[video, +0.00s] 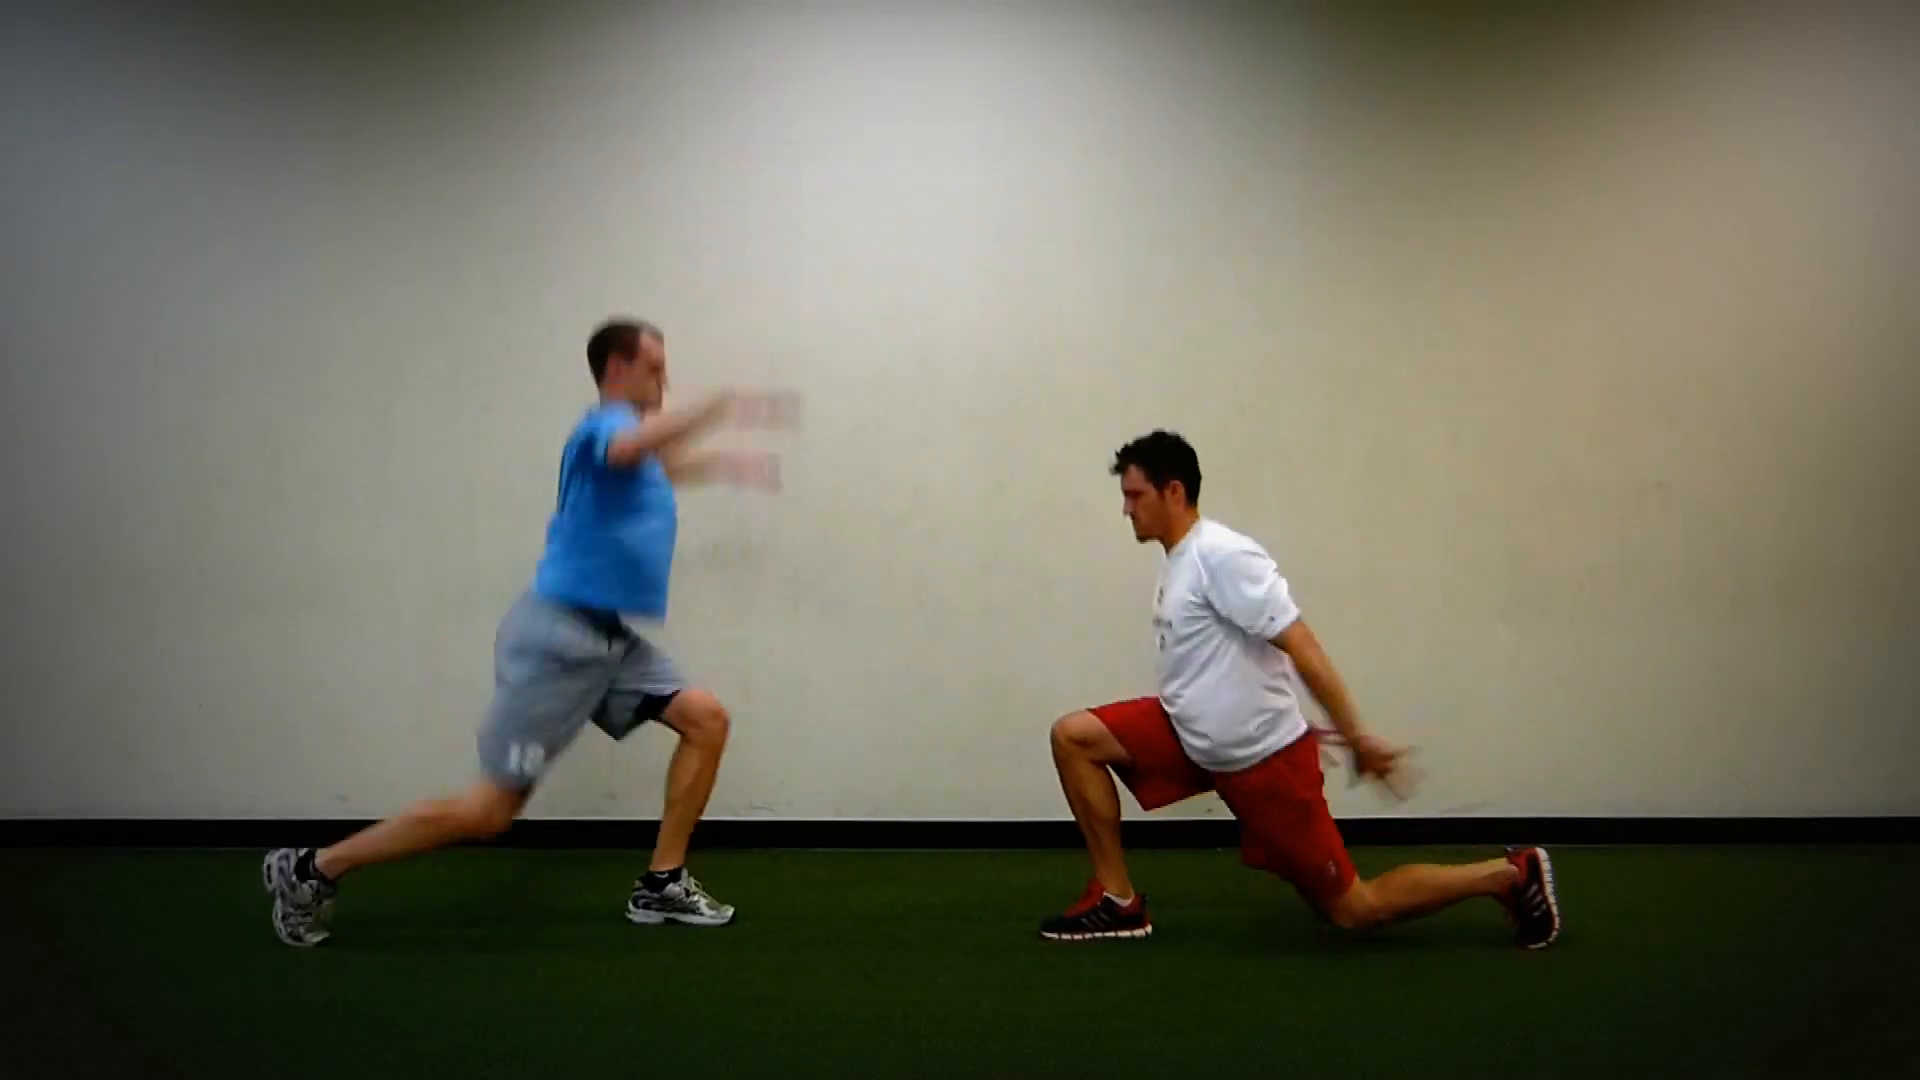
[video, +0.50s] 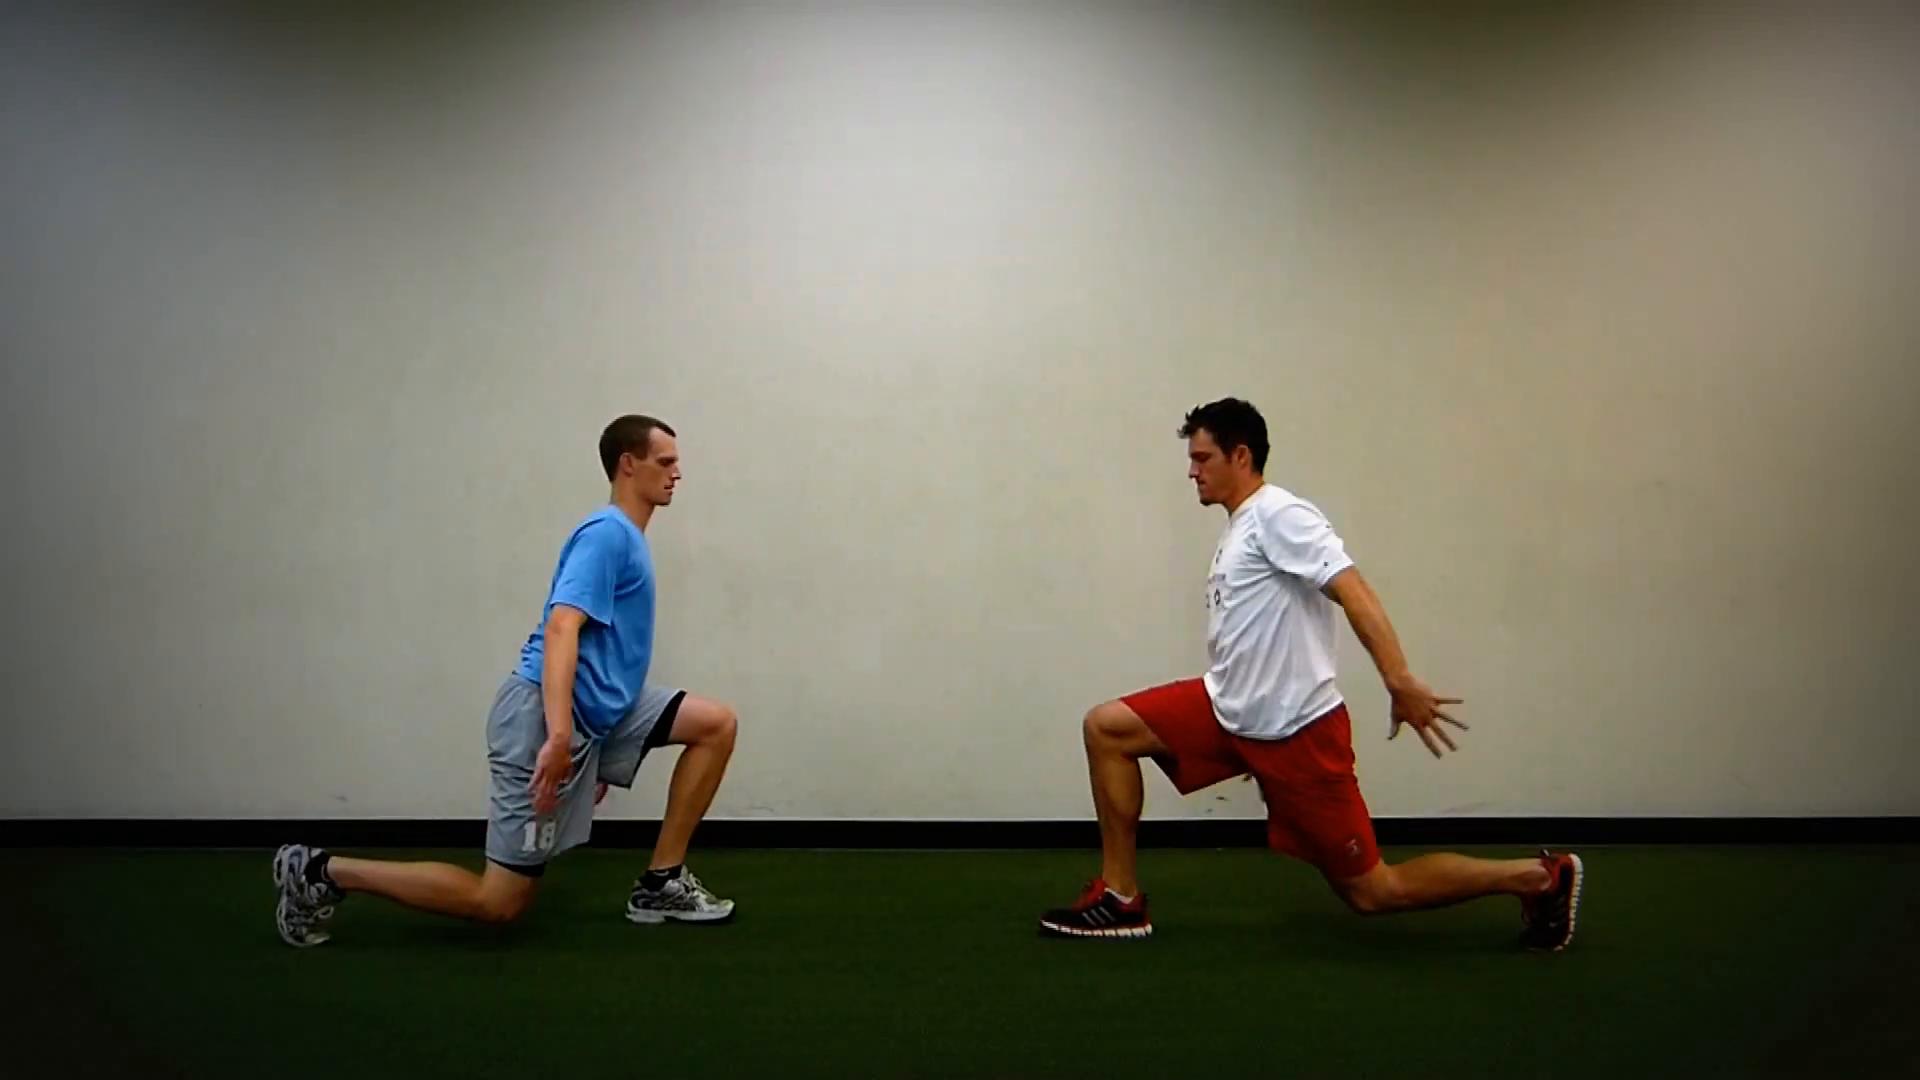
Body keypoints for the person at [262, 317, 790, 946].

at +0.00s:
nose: (664, 382)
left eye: (665, 370)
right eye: (656, 368)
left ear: (625, 370)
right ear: (619, 369)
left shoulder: (635, 441)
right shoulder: (603, 423)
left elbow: (668, 470)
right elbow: (630, 451)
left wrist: (727, 465)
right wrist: (715, 409)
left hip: (614, 641)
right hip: (558, 633)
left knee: (706, 720)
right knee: (489, 813)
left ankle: (664, 882)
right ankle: (312, 867)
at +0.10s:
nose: (669, 444)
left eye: (667, 432)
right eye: (659, 433)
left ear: (633, 440)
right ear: (621, 438)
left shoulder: (631, 515)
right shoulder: (610, 510)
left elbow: (620, 609)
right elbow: (603, 585)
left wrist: (687, 634)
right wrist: (685, 619)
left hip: (607, 687)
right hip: (553, 695)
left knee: (717, 727)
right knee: (502, 875)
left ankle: (665, 882)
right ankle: (318, 873)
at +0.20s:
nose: (673, 468)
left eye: (672, 457)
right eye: (662, 459)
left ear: (634, 467)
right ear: (625, 466)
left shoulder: (632, 540)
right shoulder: (614, 535)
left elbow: (609, 653)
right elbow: (589, 629)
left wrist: (633, 736)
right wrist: (624, 713)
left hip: (595, 709)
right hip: (550, 712)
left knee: (718, 728)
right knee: (507, 901)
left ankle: (663, 882)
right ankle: (326, 873)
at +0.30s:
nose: (676, 478)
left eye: (676, 468)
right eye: (666, 468)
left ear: (638, 474)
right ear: (629, 472)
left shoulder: (635, 543)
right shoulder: (615, 537)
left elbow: (617, 653)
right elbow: (578, 631)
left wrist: (623, 748)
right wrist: (586, 731)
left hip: (600, 707)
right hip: (547, 714)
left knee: (716, 726)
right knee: (502, 904)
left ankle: (663, 882)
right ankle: (324, 874)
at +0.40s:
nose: (677, 478)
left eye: (677, 467)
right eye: (667, 468)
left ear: (638, 471)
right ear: (630, 470)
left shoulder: (632, 542)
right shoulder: (611, 537)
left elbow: (615, 648)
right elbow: (568, 630)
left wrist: (613, 749)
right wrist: (567, 734)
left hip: (599, 703)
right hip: (545, 713)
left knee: (715, 726)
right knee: (501, 903)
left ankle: (663, 881)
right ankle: (322, 873)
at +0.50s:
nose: (676, 474)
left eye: (677, 464)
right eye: (666, 464)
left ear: (637, 466)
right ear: (628, 465)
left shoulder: (629, 539)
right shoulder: (606, 536)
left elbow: (607, 648)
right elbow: (562, 629)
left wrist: (605, 751)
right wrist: (561, 734)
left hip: (600, 703)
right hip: (543, 713)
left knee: (715, 727)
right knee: (500, 901)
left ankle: (663, 883)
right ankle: (320, 873)